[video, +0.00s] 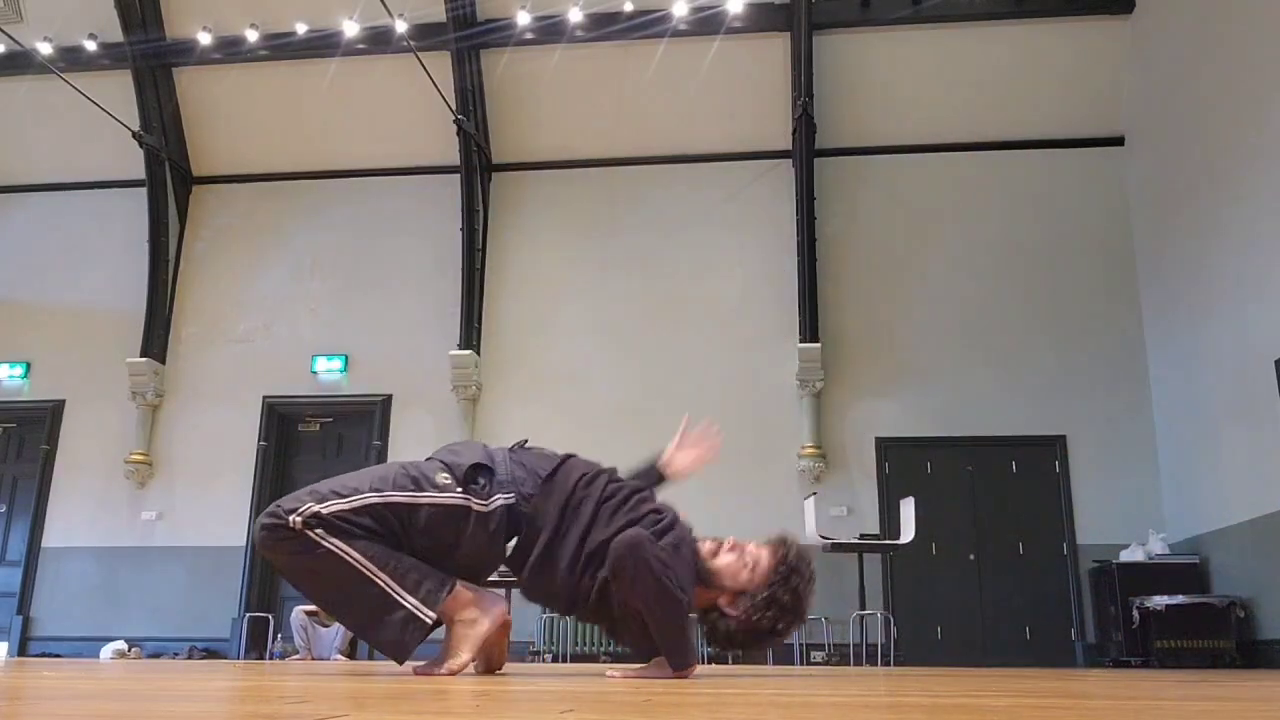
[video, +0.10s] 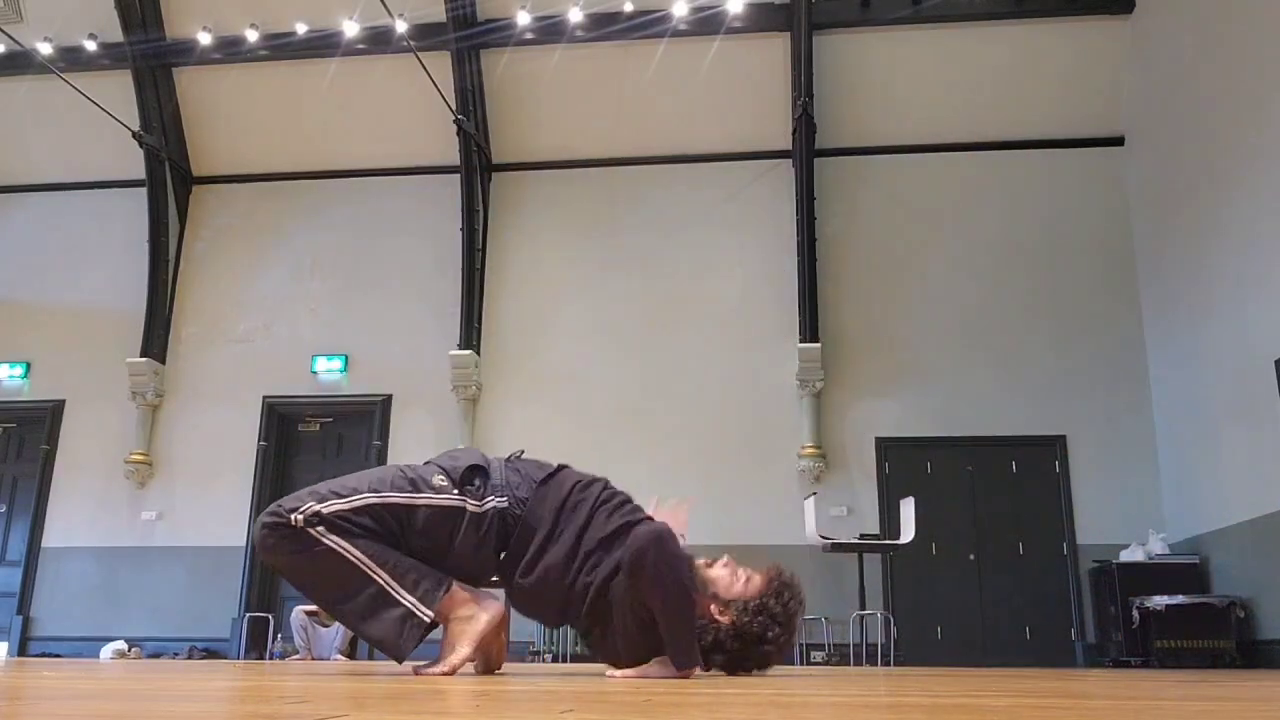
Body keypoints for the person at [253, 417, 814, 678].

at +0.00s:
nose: (735, 543)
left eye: (748, 560)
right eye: (749, 543)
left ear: (732, 605)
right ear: (734, 541)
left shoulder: (667, 560)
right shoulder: (668, 557)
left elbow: (632, 549)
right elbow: (611, 513)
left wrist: (676, 663)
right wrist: (660, 470)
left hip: (490, 500)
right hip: (485, 499)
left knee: (288, 525)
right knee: (294, 522)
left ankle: (463, 611)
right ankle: (476, 612)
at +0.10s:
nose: (722, 555)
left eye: (733, 568)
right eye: (737, 558)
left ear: (724, 611)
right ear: (715, 621)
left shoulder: (673, 571)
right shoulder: (651, 631)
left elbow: (659, 546)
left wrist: (670, 671)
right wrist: (646, 662)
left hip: (491, 504)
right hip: (484, 501)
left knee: (289, 524)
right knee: (291, 523)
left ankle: (461, 609)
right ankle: (473, 609)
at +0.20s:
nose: (728, 580)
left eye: (737, 596)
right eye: (742, 588)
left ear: (726, 621)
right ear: (728, 631)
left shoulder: (678, 619)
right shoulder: (641, 641)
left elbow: (688, 534)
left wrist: (690, 657)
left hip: (495, 511)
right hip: (489, 500)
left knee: (293, 515)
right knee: (294, 514)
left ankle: (459, 610)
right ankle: (472, 615)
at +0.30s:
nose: (737, 596)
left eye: (740, 603)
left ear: (736, 609)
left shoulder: (692, 596)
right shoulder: (631, 648)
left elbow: (718, 532)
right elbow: (520, 645)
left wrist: (700, 657)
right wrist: (370, 602)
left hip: (508, 520)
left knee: (305, 504)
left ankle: (459, 609)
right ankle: (480, 628)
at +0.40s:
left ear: (750, 619)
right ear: (770, 667)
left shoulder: (706, 592)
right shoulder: (648, 654)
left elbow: (755, 544)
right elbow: (543, 654)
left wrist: (713, 656)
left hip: (528, 530)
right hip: (524, 559)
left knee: (327, 499)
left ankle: (463, 615)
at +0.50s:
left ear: (764, 628)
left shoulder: (715, 592)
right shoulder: (656, 652)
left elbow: (789, 556)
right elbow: (558, 656)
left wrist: (737, 657)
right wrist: (647, 666)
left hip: (544, 534)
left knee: (351, 497)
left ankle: (468, 624)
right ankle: (494, 623)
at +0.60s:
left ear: (776, 612)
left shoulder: (729, 581)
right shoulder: (675, 648)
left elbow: (814, 551)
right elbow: (578, 656)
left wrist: (768, 656)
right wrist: (676, 665)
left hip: (562, 537)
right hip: (564, 571)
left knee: (373, 499)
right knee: (529, 491)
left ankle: (461, 626)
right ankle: (494, 639)